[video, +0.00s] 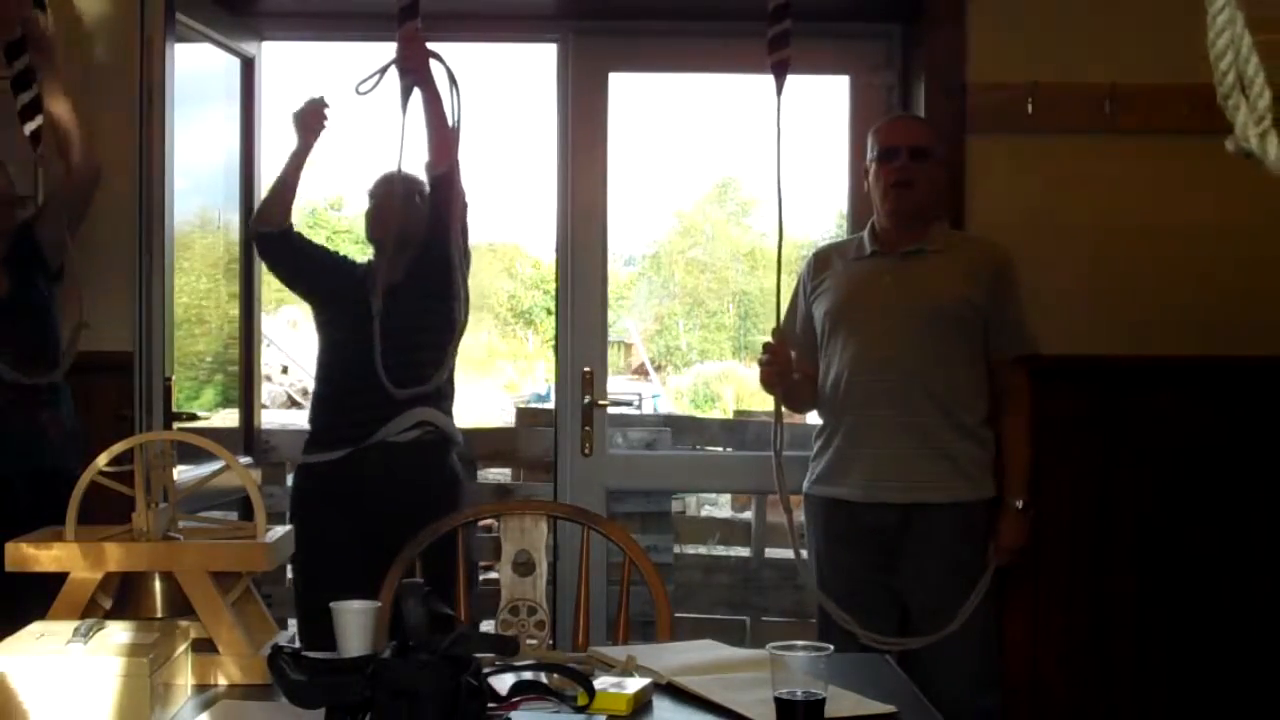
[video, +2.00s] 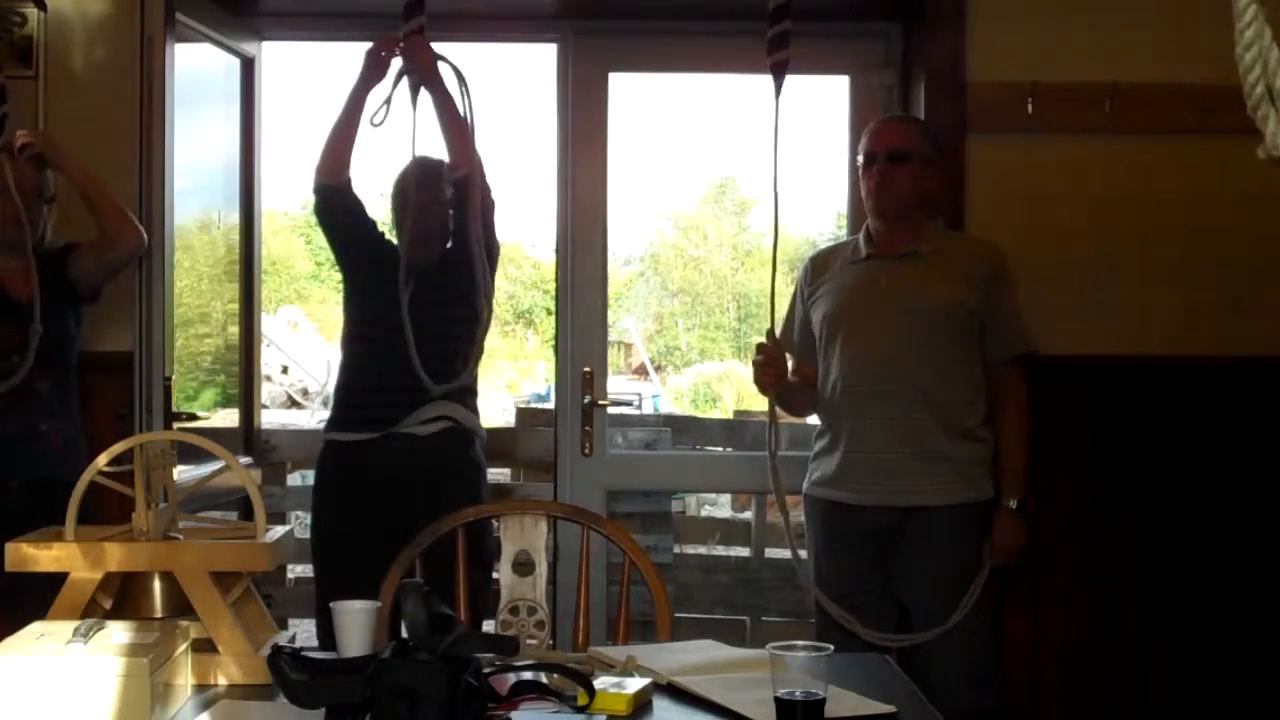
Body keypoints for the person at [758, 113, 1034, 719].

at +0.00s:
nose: (902, 167)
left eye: (918, 156)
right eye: (888, 156)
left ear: (941, 172)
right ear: (868, 174)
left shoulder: (982, 263)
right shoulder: (825, 266)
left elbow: (1013, 390)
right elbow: (808, 391)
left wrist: (1014, 503)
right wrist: (782, 381)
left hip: (952, 506)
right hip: (843, 505)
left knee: (953, 682)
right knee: (854, 678)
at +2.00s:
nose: (879, 171)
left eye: (898, 158)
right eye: (869, 160)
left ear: (933, 175)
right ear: (857, 177)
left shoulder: (977, 264)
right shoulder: (821, 269)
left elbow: (1009, 387)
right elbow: (810, 394)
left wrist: (1011, 502)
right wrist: (779, 386)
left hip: (948, 508)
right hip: (841, 507)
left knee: (951, 682)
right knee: (852, 679)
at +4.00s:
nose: (917, 180)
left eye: (924, 167)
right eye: (897, 168)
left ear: (936, 176)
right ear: (860, 179)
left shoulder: (979, 265)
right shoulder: (816, 264)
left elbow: (1010, 388)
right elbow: (784, 390)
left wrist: (1012, 499)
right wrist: (773, 361)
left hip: (954, 507)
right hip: (844, 506)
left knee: (954, 678)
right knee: (852, 676)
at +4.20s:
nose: (966, 176)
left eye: (966, 164)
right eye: (949, 165)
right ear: (894, 179)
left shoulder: (1000, 265)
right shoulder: (834, 259)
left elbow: (1031, 388)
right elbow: (763, 353)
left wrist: (1040, 496)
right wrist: (789, 280)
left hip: (970, 508)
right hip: (859, 506)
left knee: (969, 685)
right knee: (862, 681)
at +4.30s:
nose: (971, 172)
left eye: (971, 160)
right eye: (951, 160)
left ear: (977, 170)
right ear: (899, 178)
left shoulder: (1009, 262)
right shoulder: (851, 251)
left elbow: (1038, 384)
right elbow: (751, 301)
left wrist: (1053, 488)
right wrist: (797, 208)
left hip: (977, 509)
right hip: (868, 508)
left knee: (973, 686)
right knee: (864, 683)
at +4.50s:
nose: (960, 170)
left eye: (968, 158)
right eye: (942, 157)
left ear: (981, 169)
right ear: (903, 173)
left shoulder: (1016, 264)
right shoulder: (867, 245)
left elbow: (1046, 388)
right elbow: (757, 200)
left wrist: (1036, 494)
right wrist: (808, 90)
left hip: (977, 502)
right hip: (868, 502)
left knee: (977, 678)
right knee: (871, 675)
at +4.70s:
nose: (939, 167)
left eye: (953, 154)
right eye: (922, 153)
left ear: (969, 169)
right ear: (892, 170)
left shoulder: (1006, 261)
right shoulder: (857, 241)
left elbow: (1035, 388)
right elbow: (781, 159)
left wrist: (1005, 470)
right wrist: (812, 50)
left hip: (969, 505)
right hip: (861, 499)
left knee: (971, 675)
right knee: (866, 673)